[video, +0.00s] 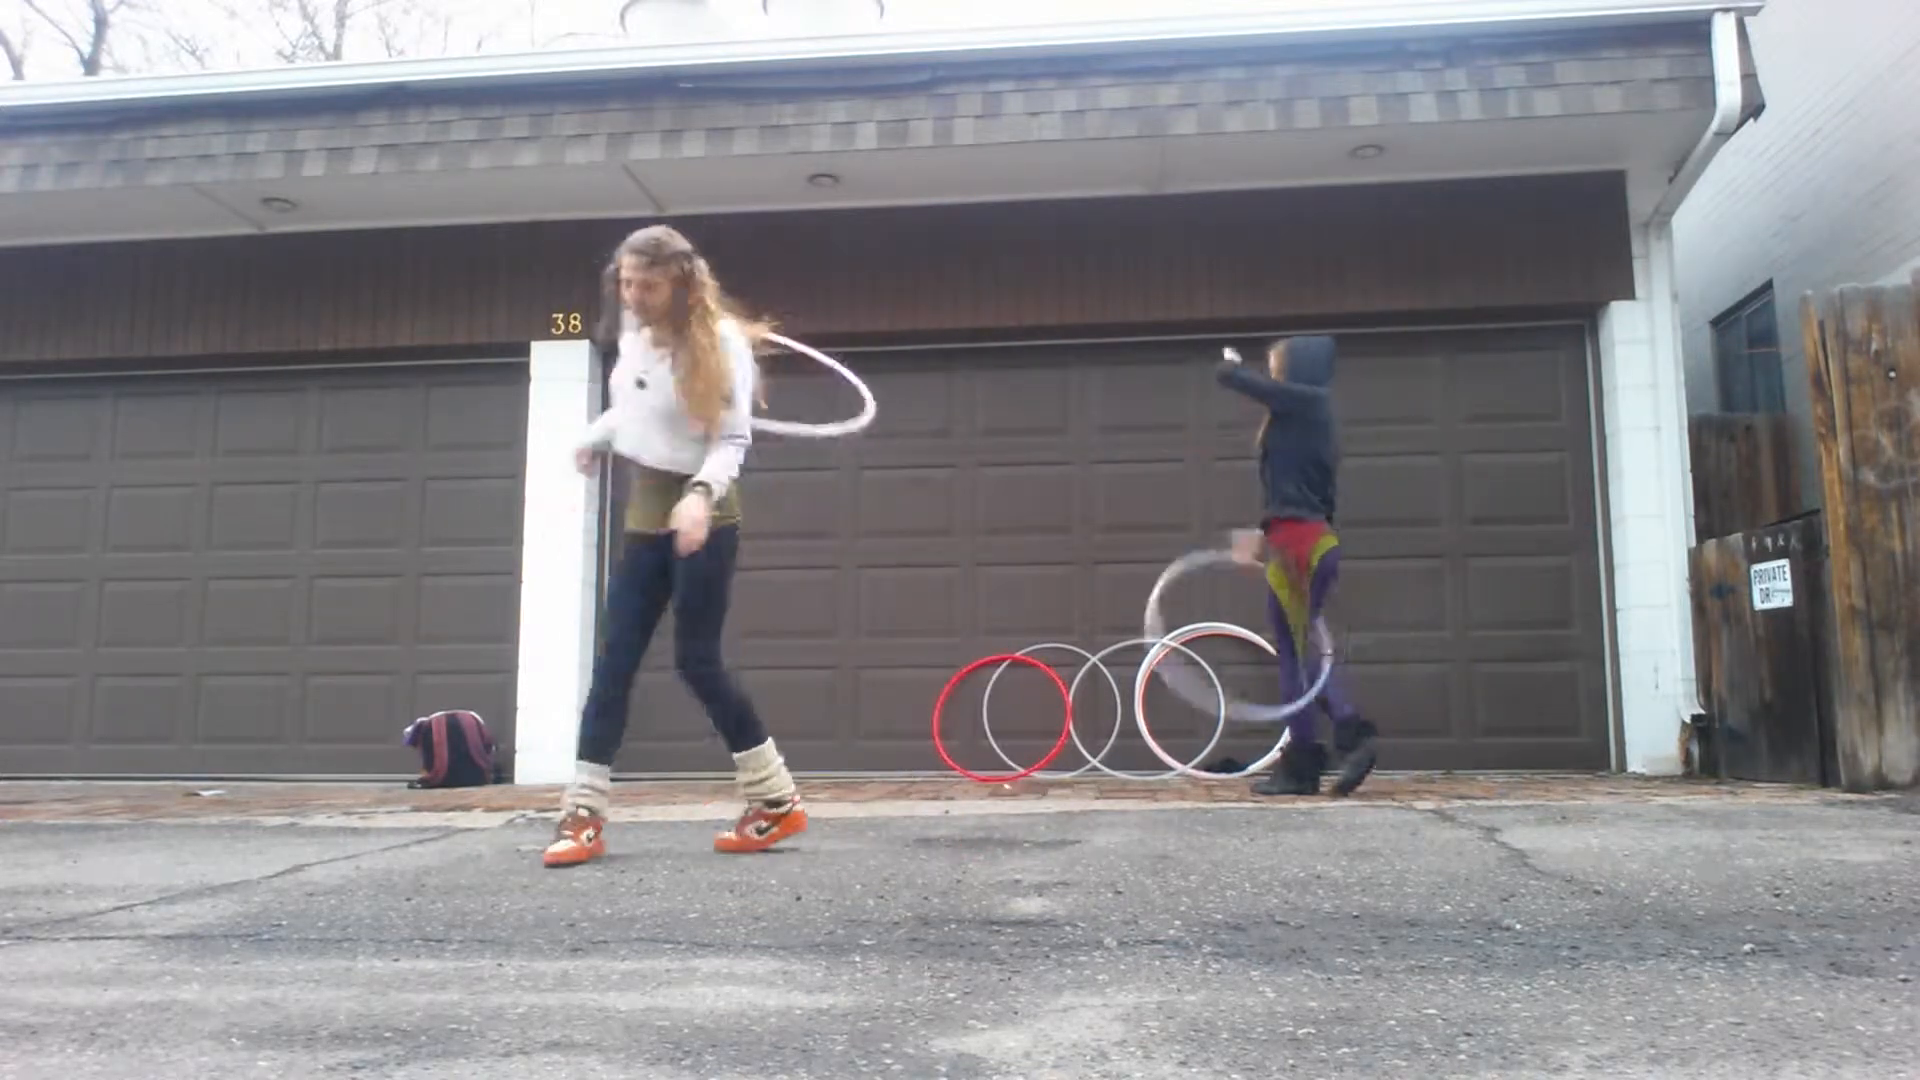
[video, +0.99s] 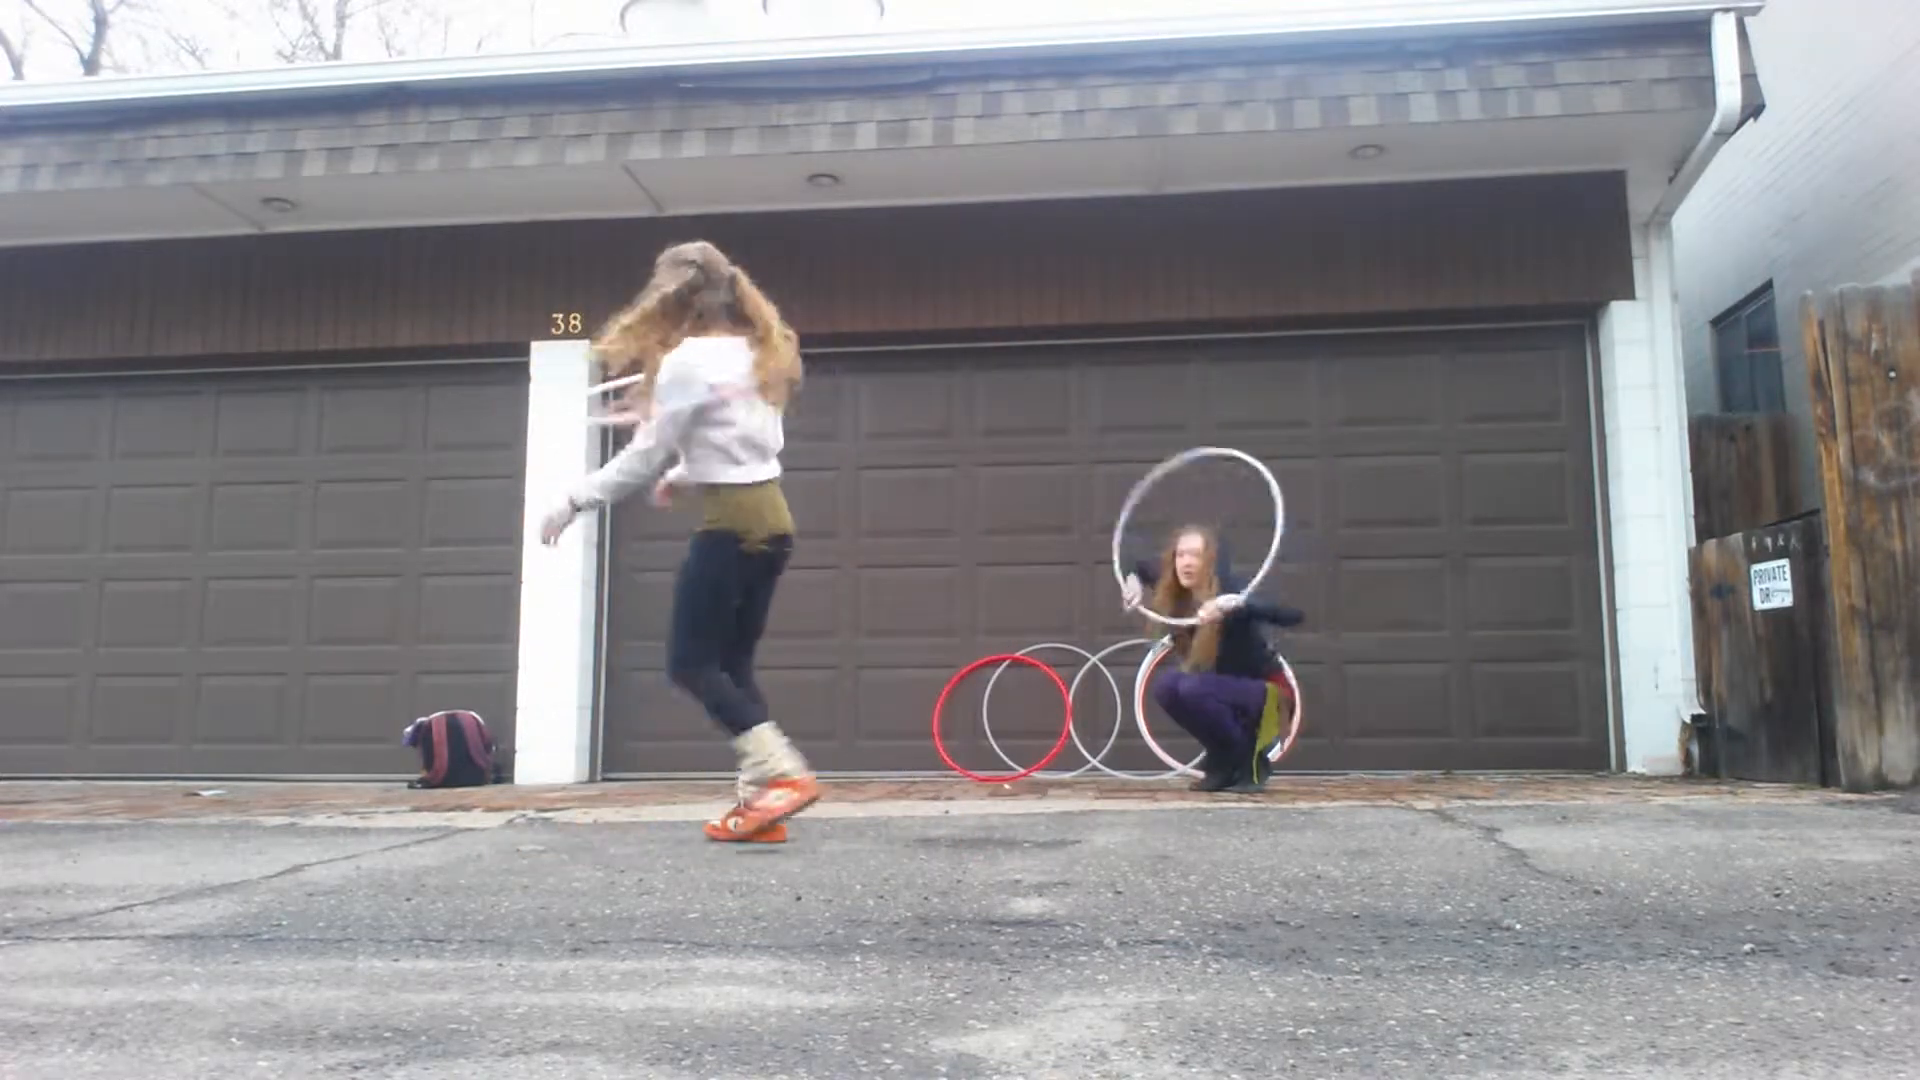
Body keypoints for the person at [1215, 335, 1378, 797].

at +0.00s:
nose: (1270, 368)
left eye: (1276, 361)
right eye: (1270, 362)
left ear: (1295, 365)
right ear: (1310, 366)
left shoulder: (1306, 400)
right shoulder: (1300, 409)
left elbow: (1231, 378)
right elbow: (1295, 481)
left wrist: (1233, 363)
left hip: (1301, 537)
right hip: (1292, 537)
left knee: (1300, 648)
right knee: (1294, 652)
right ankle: (1302, 760)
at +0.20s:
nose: (1257, 370)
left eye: (1264, 364)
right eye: (1258, 363)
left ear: (1287, 370)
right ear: (1288, 373)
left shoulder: (1302, 406)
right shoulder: (1272, 417)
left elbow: (1233, 371)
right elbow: (1249, 479)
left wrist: (1254, 344)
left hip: (1283, 537)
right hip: (1258, 537)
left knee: (1284, 651)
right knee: (1223, 640)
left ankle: (1300, 762)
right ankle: (1302, 704)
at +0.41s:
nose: (1242, 379)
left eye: (1251, 372)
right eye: (1242, 373)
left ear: (1274, 376)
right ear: (1247, 379)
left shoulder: (1287, 413)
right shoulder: (1249, 422)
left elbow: (1216, 394)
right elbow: (1209, 462)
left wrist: (1230, 362)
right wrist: (1230, 413)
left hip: (1264, 545)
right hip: (1233, 542)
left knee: (1268, 652)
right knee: (1186, 626)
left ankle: (1295, 761)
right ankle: (1240, 705)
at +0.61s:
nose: (1223, 400)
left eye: (1234, 394)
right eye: (1222, 393)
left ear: (1253, 404)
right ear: (1219, 399)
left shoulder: (1258, 447)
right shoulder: (1219, 447)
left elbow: (1212, 479)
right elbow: (1172, 489)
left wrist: (1193, 429)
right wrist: (1177, 445)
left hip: (1265, 577)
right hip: (1232, 577)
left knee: (1210, 661)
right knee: (1192, 667)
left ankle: (1267, 753)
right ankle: (1221, 760)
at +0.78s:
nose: (1196, 483)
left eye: (1205, 479)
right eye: (1195, 476)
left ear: (1223, 487)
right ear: (1188, 479)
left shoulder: (1229, 528)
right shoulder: (1189, 523)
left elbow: (1235, 553)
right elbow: (1162, 533)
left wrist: (1194, 518)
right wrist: (1146, 507)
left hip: (1267, 642)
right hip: (1228, 641)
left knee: (1196, 685)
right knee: (1170, 684)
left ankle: (1254, 750)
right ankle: (1221, 759)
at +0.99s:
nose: (1185, 563)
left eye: (1194, 554)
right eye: (1180, 555)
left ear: (1211, 560)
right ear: (1173, 561)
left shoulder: (1234, 596)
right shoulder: (1177, 595)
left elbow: (1294, 617)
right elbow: (1142, 570)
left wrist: (1236, 607)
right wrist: (1135, 581)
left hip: (1264, 692)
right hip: (1216, 685)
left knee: (1192, 688)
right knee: (1165, 686)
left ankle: (1248, 761)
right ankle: (1222, 759)